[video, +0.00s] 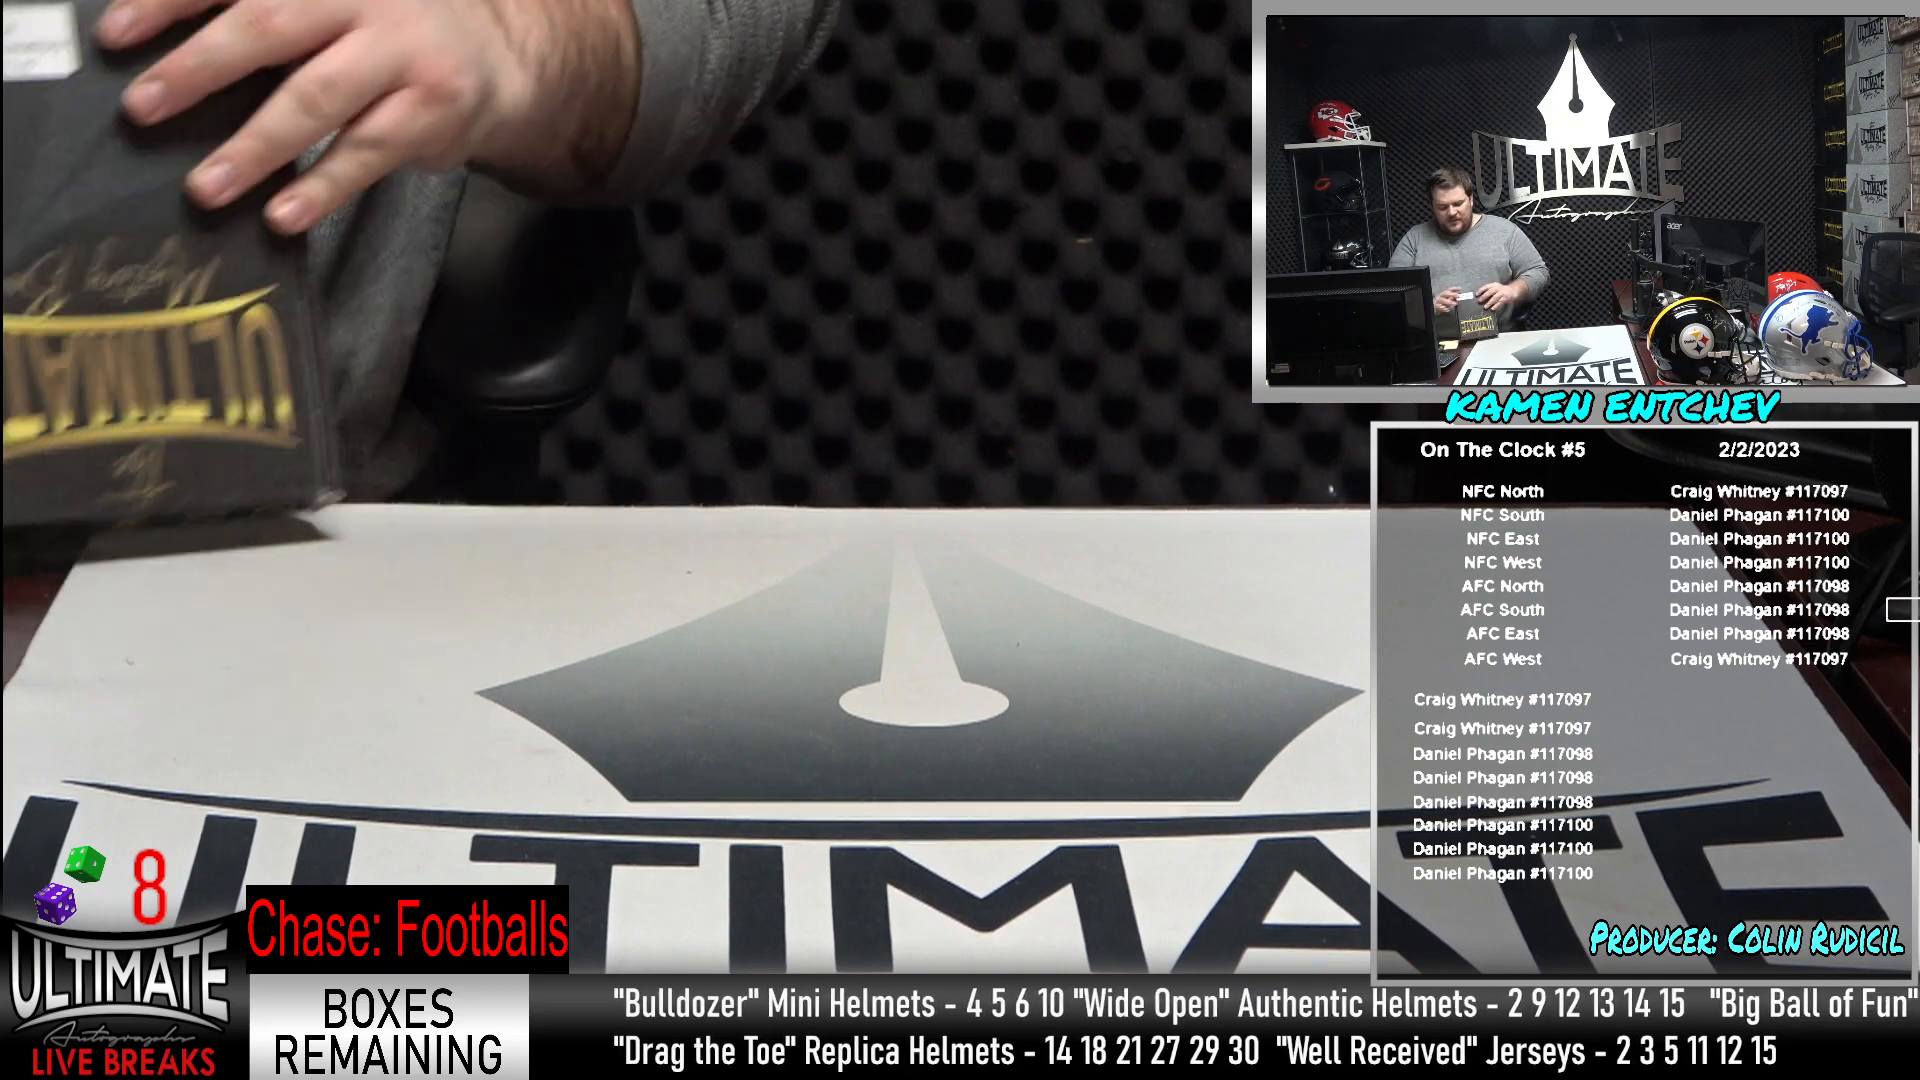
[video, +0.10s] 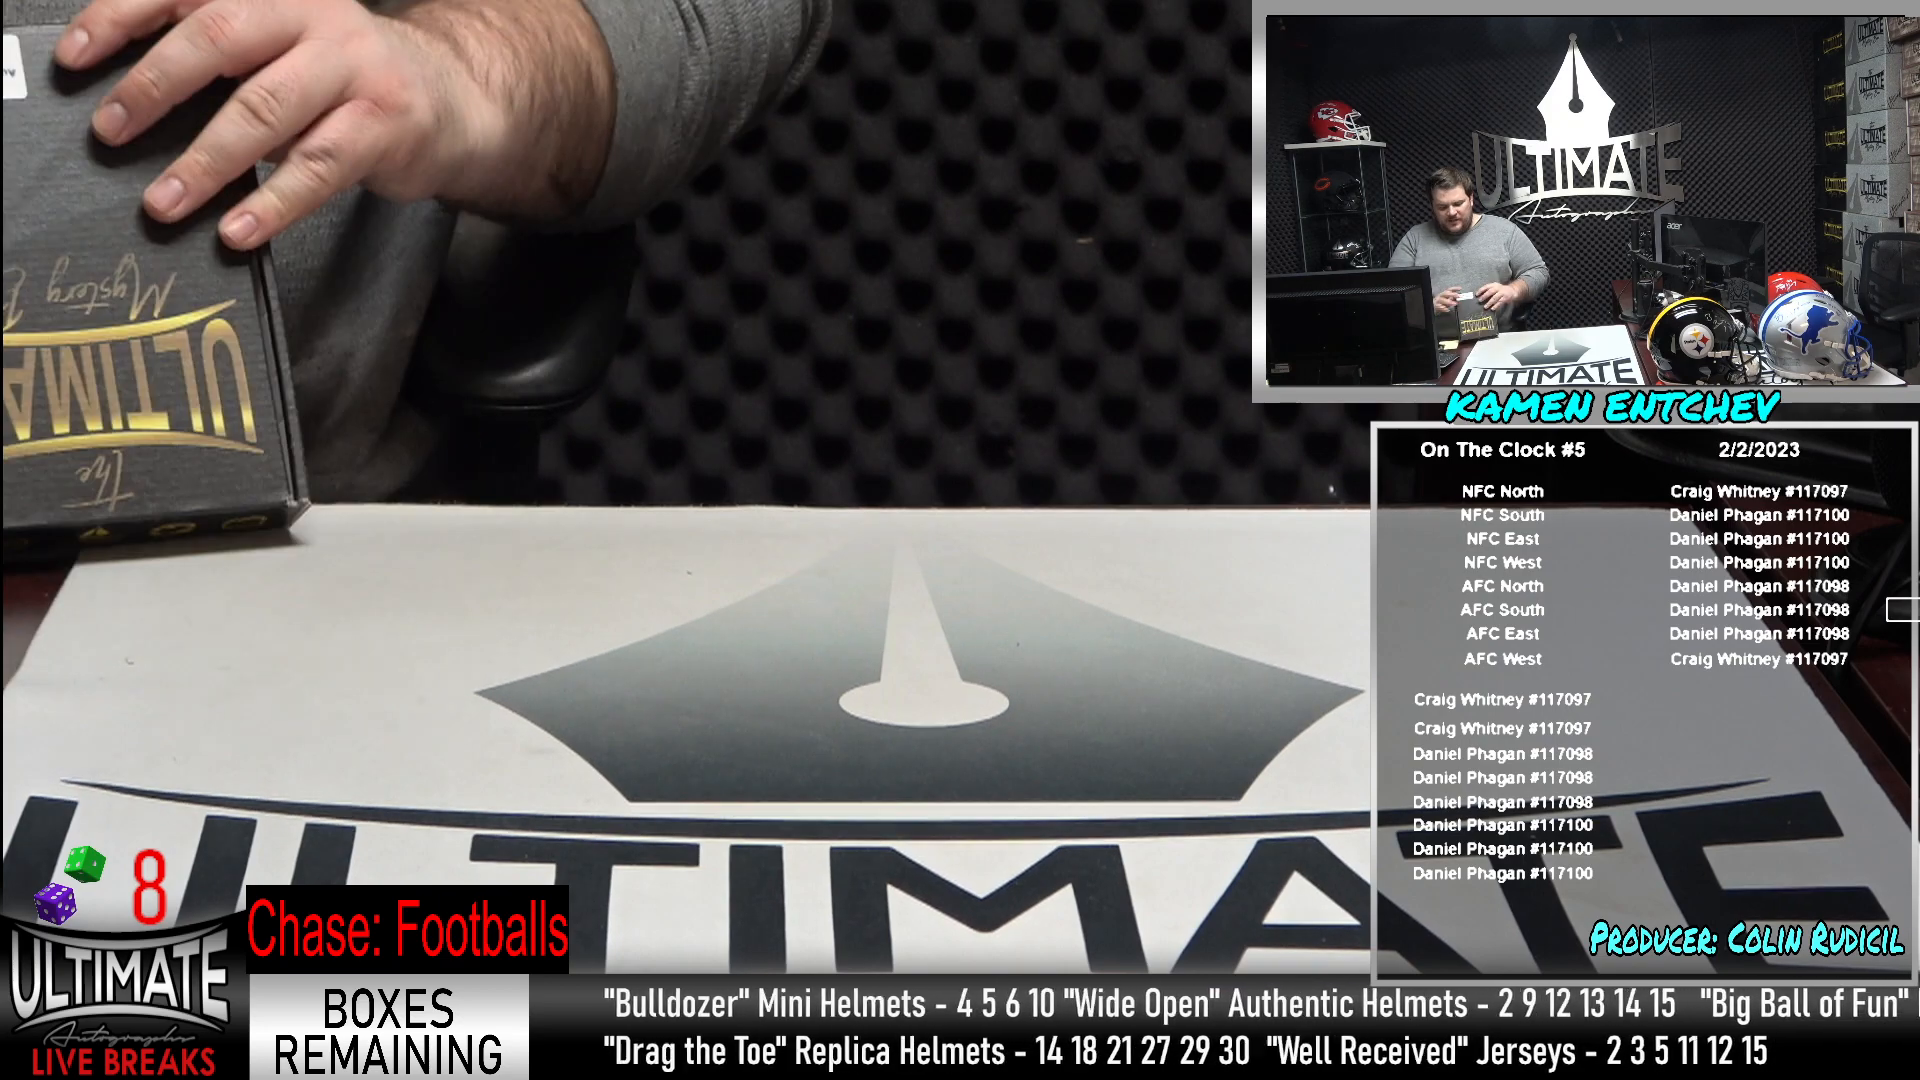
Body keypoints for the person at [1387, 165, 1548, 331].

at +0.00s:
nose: (1452, 213)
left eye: (1458, 204)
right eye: (1443, 207)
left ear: (1471, 199)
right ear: (1432, 206)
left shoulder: (1504, 231)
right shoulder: (1415, 240)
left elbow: (1538, 272)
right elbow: (1392, 290)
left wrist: (1512, 290)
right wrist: (1429, 303)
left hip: (1500, 347)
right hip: (1436, 353)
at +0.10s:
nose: (1452, 213)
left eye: (1458, 204)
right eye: (1443, 207)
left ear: (1471, 199)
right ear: (1432, 206)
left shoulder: (1504, 231)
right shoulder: (1415, 239)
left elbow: (1538, 272)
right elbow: (1391, 290)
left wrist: (1512, 290)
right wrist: (1429, 303)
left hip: (1500, 346)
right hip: (1436, 352)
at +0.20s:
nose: (1455, 214)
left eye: (1461, 205)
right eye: (1446, 208)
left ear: (1473, 200)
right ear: (1434, 206)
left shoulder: (1504, 231)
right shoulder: (1415, 239)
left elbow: (1538, 272)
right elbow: (1392, 290)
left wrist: (1512, 292)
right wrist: (1430, 303)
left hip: (1500, 348)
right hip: (1436, 354)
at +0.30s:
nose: (1457, 216)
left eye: (1464, 207)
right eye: (1449, 209)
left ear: (1475, 201)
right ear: (1436, 205)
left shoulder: (1505, 232)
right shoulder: (1416, 238)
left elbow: (1538, 272)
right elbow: (1392, 289)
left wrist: (1511, 294)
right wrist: (1430, 301)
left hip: (1500, 348)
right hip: (1436, 354)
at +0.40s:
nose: (1458, 216)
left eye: (1464, 207)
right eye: (1449, 209)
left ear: (1475, 201)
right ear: (1435, 206)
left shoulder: (1505, 232)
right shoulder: (1416, 238)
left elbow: (1538, 272)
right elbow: (1392, 289)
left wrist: (1511, 294)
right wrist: (1430, 302)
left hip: (1499, 348)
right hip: (1435, 354)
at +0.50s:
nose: (1459, 216)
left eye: (1465, 207)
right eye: (1450, 209)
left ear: (1476, 202)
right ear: (1436, 206)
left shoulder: (1505, 231)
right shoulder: (1416, 238)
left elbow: (1538, 272)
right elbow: (1391, 289)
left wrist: (1510, 293)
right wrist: (1429, 300)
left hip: (1500, 347)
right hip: (1436, 353)